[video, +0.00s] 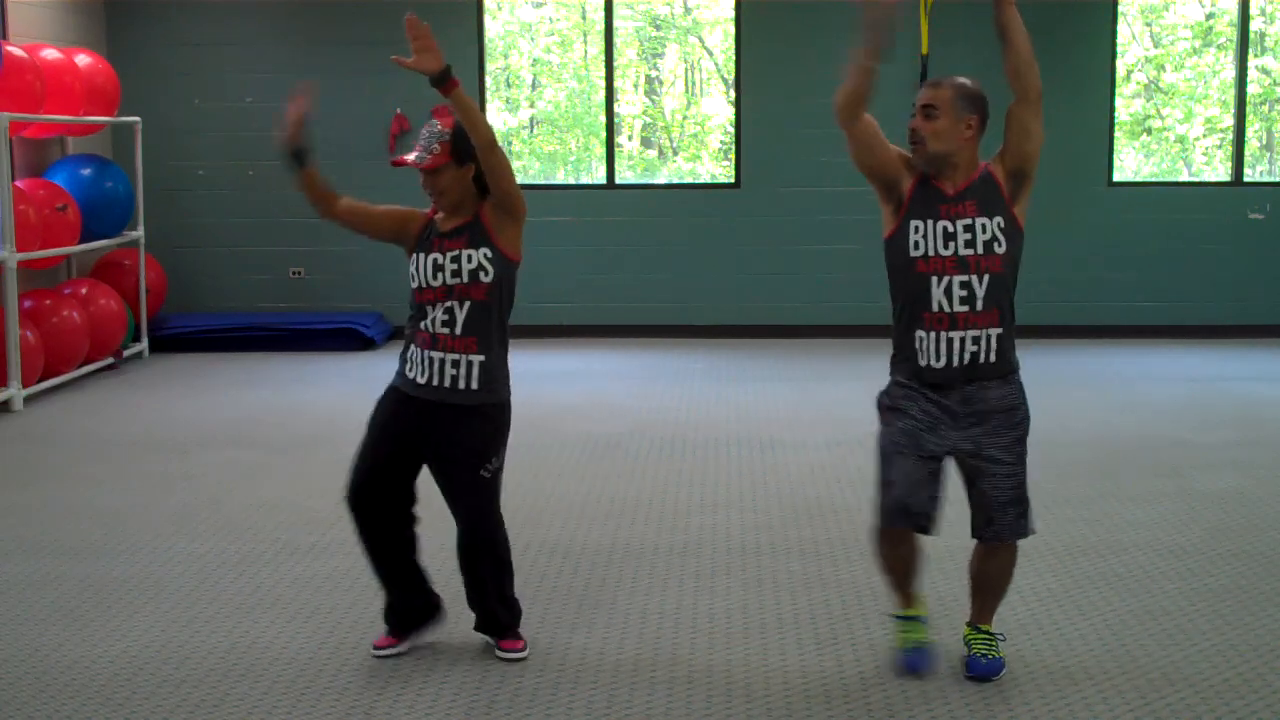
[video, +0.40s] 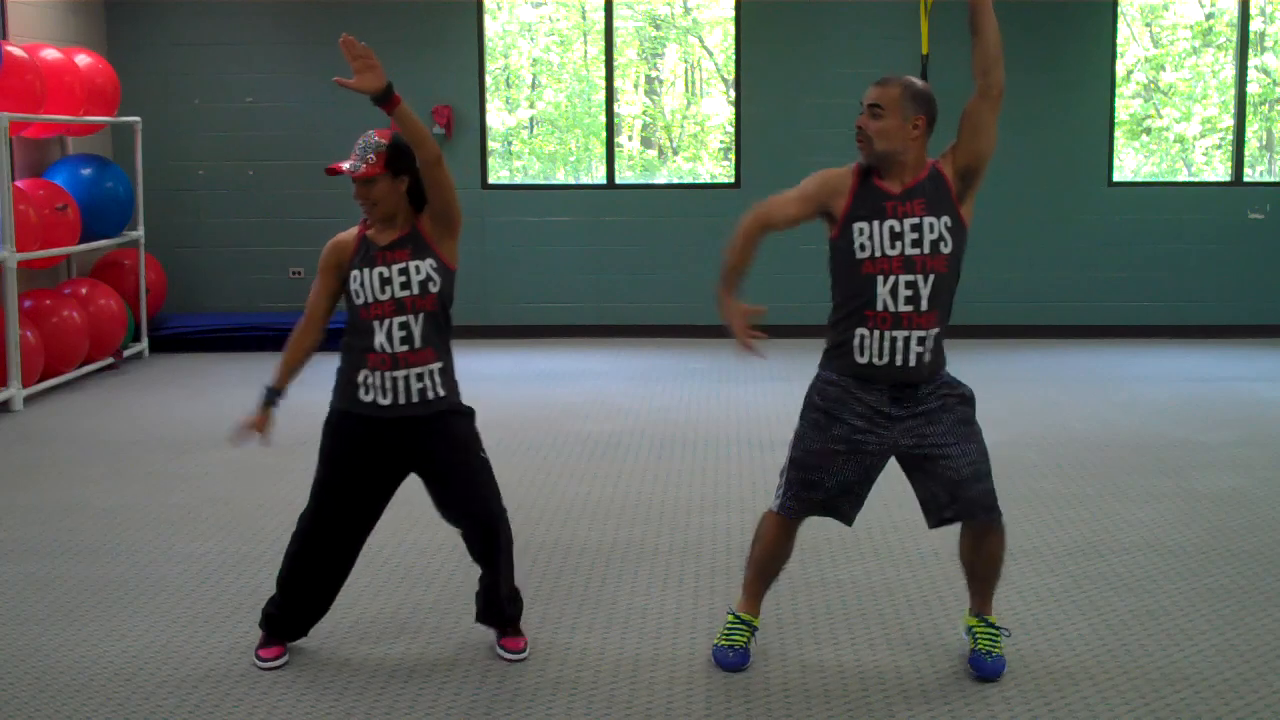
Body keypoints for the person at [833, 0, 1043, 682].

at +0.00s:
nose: (915, 123)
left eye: (931, 113)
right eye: (914, 113)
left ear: (973, 127)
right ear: (913, 126)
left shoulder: (1006, 182)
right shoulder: (899, 186)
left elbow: (1029, 95)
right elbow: (848, 111)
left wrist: (1007, 10)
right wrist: (872, 38)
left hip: (992, 397)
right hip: (914, 396)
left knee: (999, 529)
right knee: (895, 520)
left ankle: (981, 629)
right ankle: (908, 613)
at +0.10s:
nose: (904, 123)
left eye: (919, 113)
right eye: (905, 112)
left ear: (961, 125)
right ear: (909, 122)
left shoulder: (999, 178)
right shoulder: (890, 182)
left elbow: (1022, 86)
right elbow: (826, 128)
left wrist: (1006, 4)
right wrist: (770, 79)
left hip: (981, 393)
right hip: (901, 389)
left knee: (990, 528)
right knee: (847, 508)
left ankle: (979, 629)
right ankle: (807, 605)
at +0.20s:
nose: (891, 119)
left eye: (907, 109)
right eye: (892, 108)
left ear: (950, 120)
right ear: (900, 120)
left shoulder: (989, 177)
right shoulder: (875, 177)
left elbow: (1011, 83)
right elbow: (793, 159)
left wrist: (1001, 5)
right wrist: (714, 148)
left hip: (965, 392)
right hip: (885, 387)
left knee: (982, 527)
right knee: (818, 505)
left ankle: (978, 628)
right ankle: (747, 600)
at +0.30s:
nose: (875, 119)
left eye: (890, 110)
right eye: (876, 109)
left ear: (934, 124)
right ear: (881, 120)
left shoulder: (970, 177)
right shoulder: (853, 179)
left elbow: (1000, 83)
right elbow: (759, 188)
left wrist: (989, 5)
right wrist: (690, 232)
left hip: (942, 396)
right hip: (860, 390)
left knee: (975, 523)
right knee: (799, 506)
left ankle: (977, 626)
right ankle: (746, 611)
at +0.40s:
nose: (862, 122)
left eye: (877, 113)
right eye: (862, 112)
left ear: (919, 126)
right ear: (867, 124)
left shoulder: (954, 182)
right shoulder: (838, 186)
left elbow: (991, 87)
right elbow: (756, 220)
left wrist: (981, 5)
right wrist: (728, 294)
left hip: (930, 393)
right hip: (847, 390)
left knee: (983, 513)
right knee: (790, 507)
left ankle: (982, 619)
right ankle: (745, 615)